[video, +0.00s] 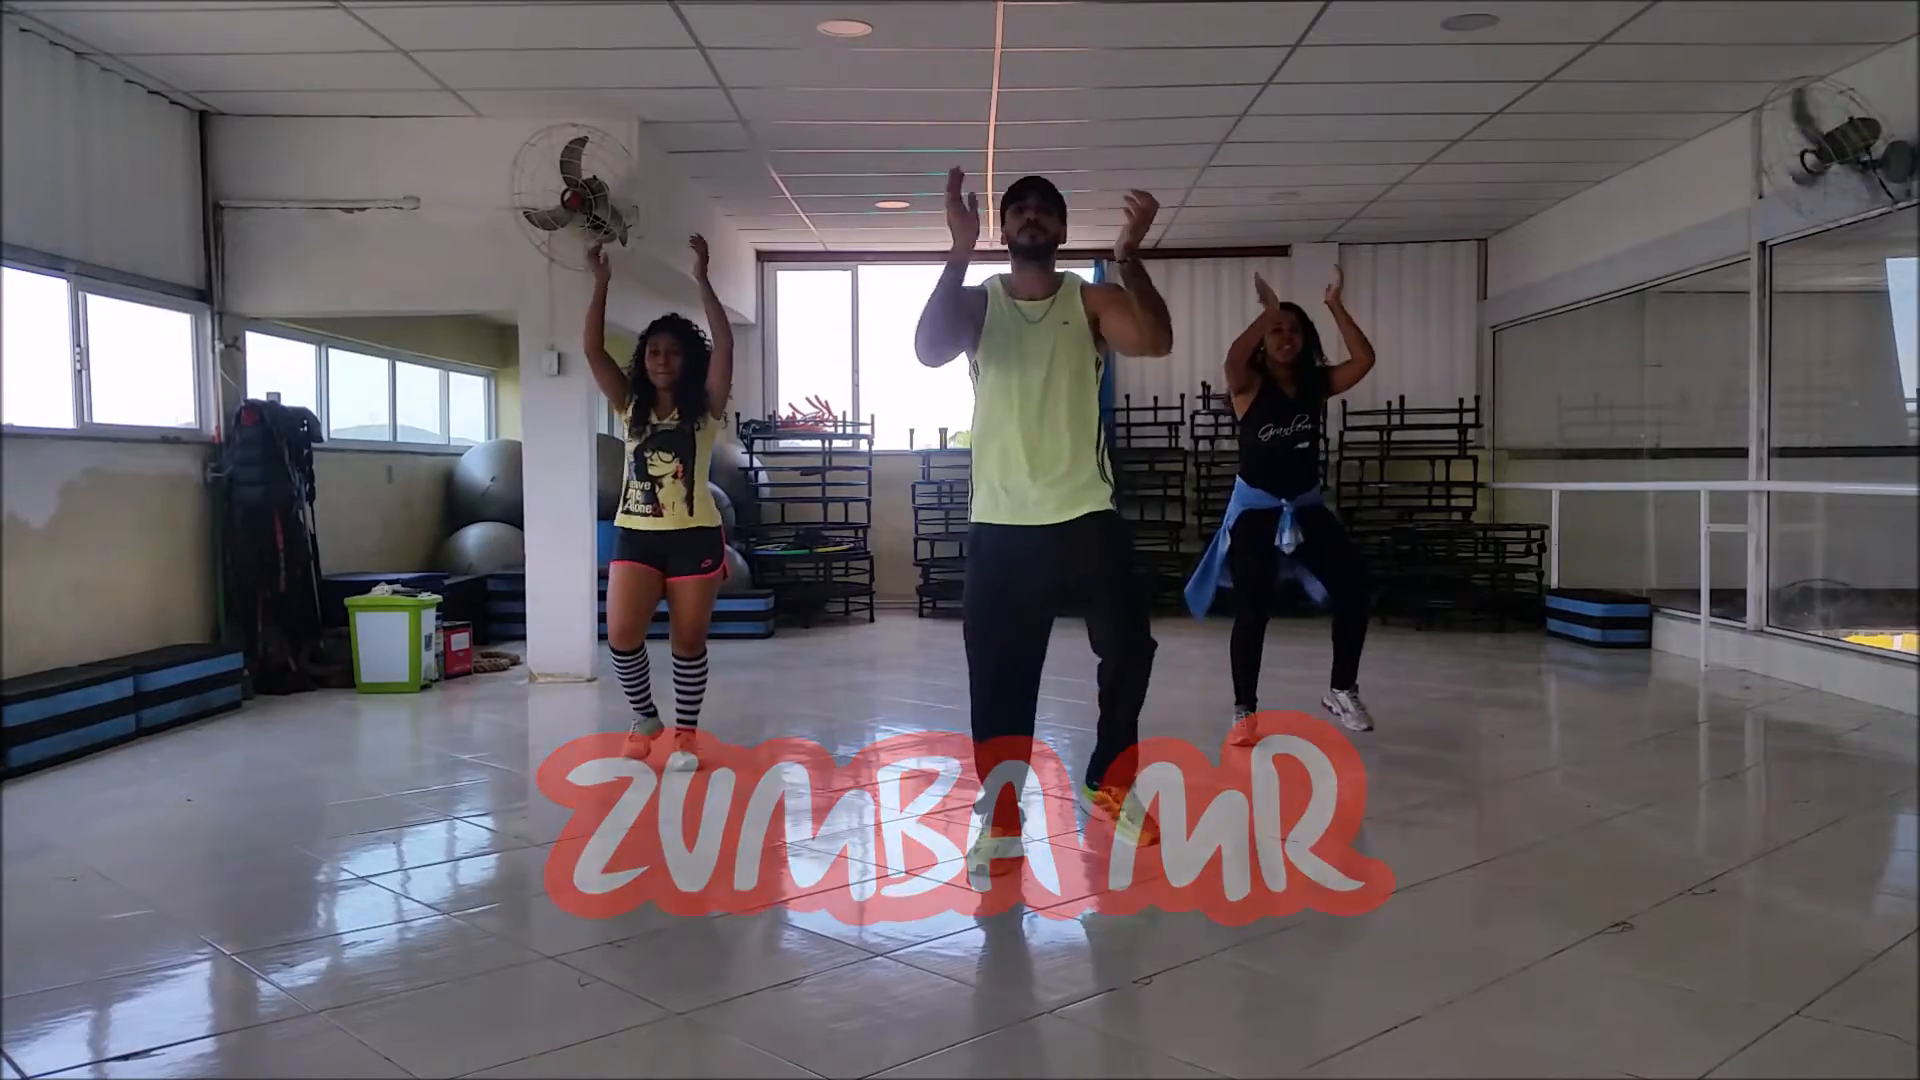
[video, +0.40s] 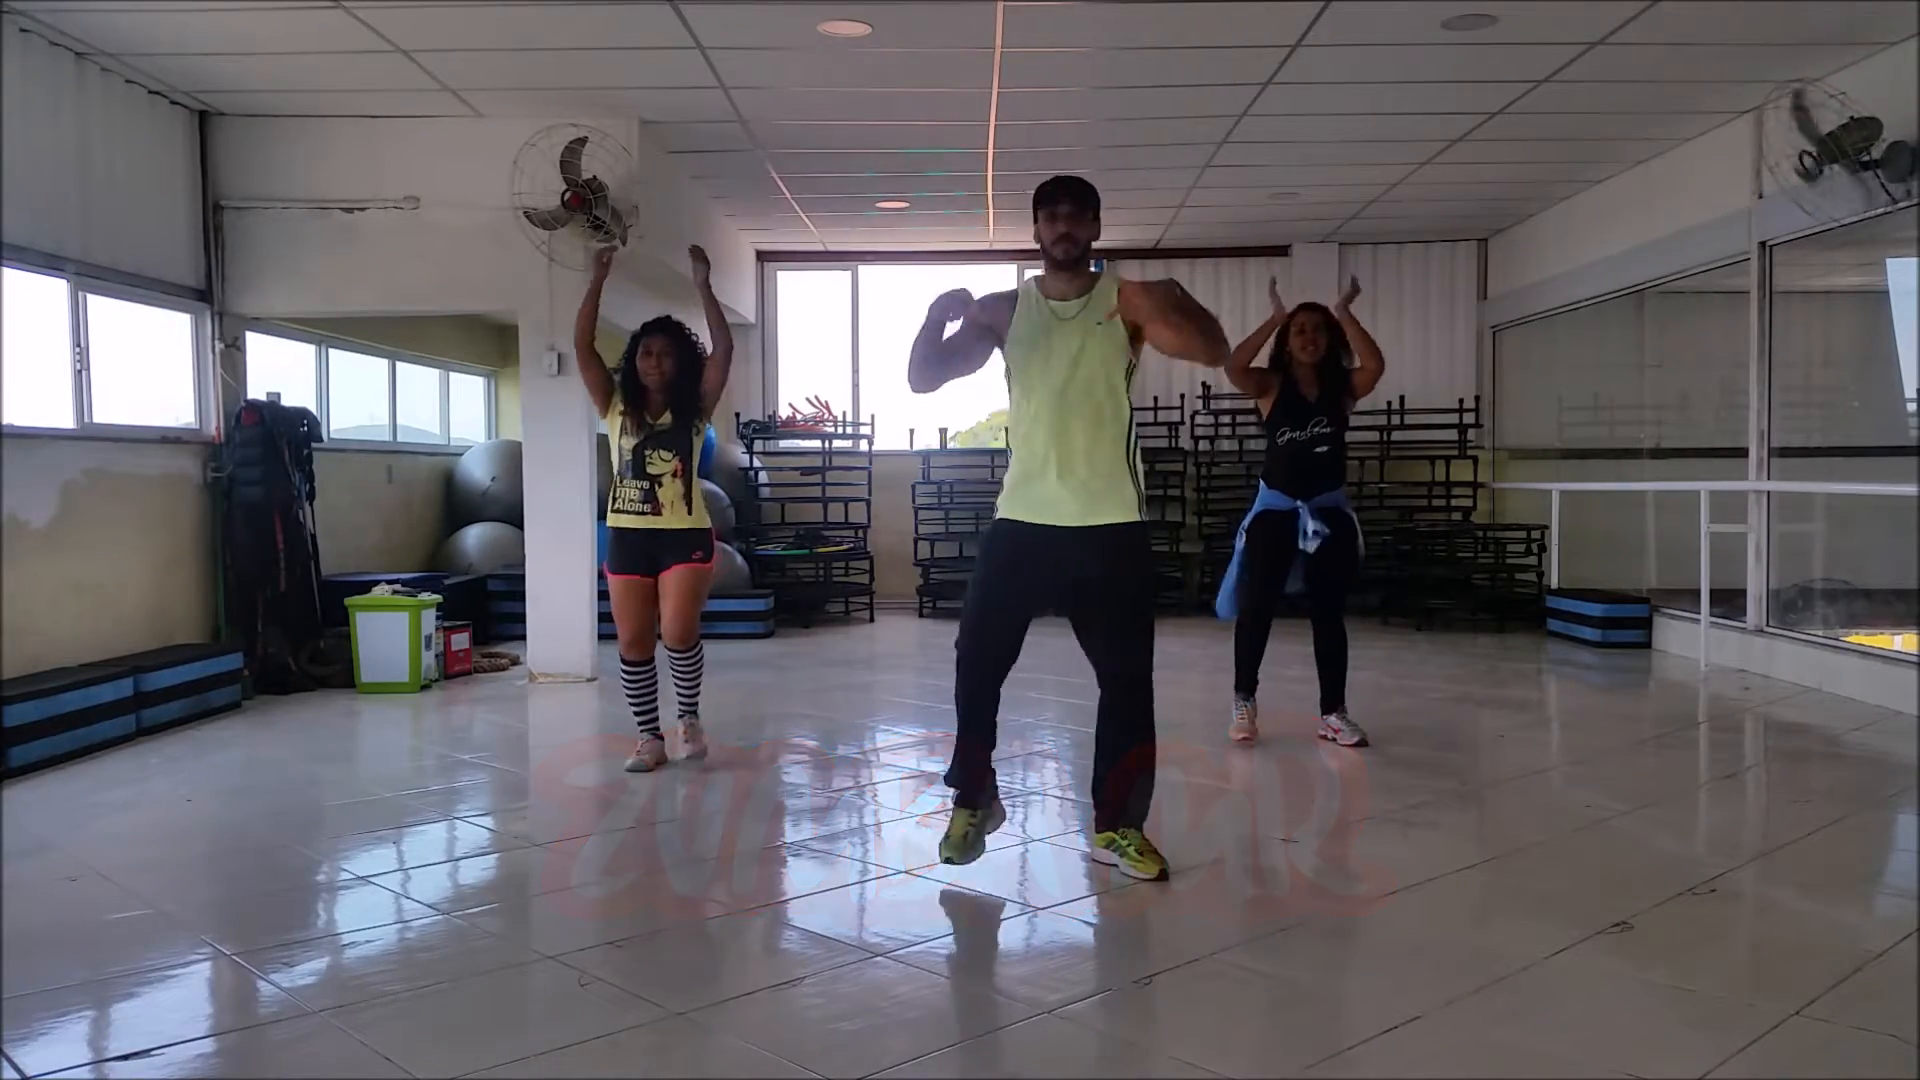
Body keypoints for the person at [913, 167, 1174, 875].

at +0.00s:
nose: (1032, 219)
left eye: (1045, 212)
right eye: (1019, 211)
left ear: (1064, 231)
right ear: (1002, 228)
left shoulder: (1089, 296)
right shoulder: (977, 300)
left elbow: (1155, 339)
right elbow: (931, 348)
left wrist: (1129, 258)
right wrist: (961, 248)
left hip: (1087, 517)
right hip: (1002, 522)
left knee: (1129, 647)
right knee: (999, 682)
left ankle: (1108, 785)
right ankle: (1000, 817)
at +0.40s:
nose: (1066, 228)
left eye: (1079, 216)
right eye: (1053, 217)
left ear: (1098, 226)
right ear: (1035, 229)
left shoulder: (1129, 300)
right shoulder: (1004, 309)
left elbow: (1211, 350)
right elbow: (922, 378)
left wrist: (1179, 300)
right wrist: (937, 315)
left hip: (1109, 525)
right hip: (1021, 523)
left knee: (1127, 680)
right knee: (977, 663)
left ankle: (1118, 825)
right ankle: (973, 801)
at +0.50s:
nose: (1060, 233)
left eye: (1073, 221)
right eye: (1047, 221)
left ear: (1094, 227)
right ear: (1030, 229)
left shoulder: (1133, 306)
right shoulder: (1000, 312)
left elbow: (1231, 366)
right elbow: (923, 378)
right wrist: (913, 410)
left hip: (1108, 529)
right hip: (1018, 527)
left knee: (1124, 686)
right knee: (975, 669)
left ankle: (1119, 823)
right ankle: (951, 808)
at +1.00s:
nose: (1013, 242)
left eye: (1026, 230)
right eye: (1001, 229)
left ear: (1047, 239)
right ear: (985, 237)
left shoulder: (1085, 322)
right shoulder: (946, 329)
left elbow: (1136, 406)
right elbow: (907, 419)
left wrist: (1119, 465)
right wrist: (897, 498)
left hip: (1070, 540)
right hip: (976, 542)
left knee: (1125, 685)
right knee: (937, 695)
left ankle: (1133, 817)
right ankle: (915, 829)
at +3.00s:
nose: (1043, 310)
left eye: (1056, 300)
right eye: (1031, 298)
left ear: (1072, 309)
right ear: (1012, 305)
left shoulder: (1093, 390)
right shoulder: (964, 393)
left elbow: (1137, 481)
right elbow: (920, 479)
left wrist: (1172, 544)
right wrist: (945, 549)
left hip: (1105, 578)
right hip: (1014, 587)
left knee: (1174, 710)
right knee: (960, 721)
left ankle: (1182, 833)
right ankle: (894, 838)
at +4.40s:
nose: (1031, 289)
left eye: (1043, 278)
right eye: (1018, 278)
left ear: (1060, 290)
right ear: (1000, 292)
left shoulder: (1104, 370)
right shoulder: (972, 393)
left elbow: (1138, 466)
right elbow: (939, 492)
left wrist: (1143, 534)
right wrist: (903, 565)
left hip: (1084, 583)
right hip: (987, 582)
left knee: (1158, 712)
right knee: (933, 716)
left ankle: (1180, 832)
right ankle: (886, 834)